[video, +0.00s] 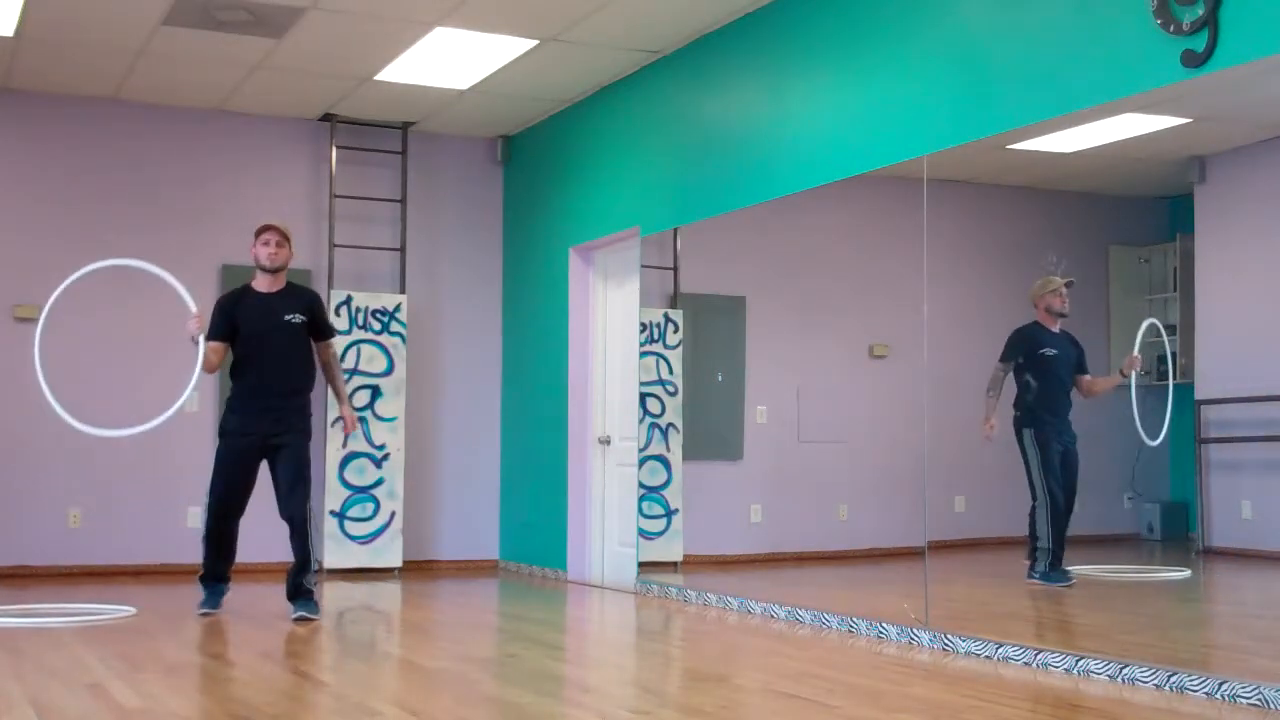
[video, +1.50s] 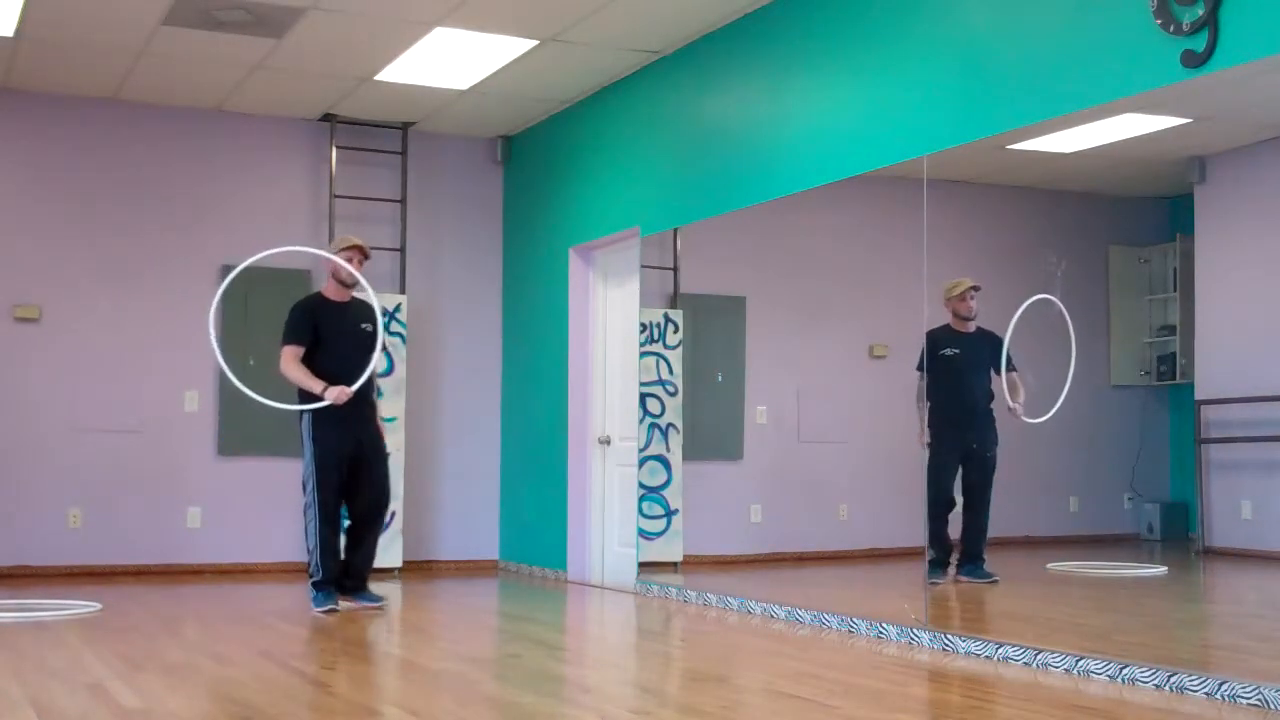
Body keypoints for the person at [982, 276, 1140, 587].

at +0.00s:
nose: (1065, 299)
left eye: (1066, 295)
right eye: (1058, 294)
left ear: (1064, 302)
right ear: (1040, 301)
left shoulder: (1071, 343)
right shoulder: (1024, 336)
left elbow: (1088, 388)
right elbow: (998, 375)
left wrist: (1122, 373)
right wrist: (990, 416)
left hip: (1062, 426)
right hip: (1033, 425)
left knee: (1066, 496)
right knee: (1048, 495)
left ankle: (1052, 564)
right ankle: (1041, 566)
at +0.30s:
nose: (1050, 304)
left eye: (1051, 300)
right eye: (1043, 300)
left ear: (1054, 306)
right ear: (1027, 304)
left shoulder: (1059, 345)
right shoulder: (1008, 339)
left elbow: (1082, 387)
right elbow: (988, 382)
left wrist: (1093, 375)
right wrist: (987, 422)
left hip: (1044, 426)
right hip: (1013, 426)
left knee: (1035, 494)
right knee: (1016, 492)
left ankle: (1032, 558)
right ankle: (1014, 561)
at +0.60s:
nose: (1032, 305)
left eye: (1034, 301)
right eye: (1026, 301)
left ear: (1036, 307)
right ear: (1011, 305)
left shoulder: (1044, 345)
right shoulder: (989, 339)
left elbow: (1060, 382)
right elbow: (971, 379)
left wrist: (1072, 397)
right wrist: (969, 416)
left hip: (1030, 430)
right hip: (994, 429)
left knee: (1027, 499)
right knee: (983, 497)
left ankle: (1028, 559)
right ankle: (966, 560)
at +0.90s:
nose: (993, 307)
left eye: (995, 303)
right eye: (985, 303)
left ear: (998, 307)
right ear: (971, 309)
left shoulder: (1012, 346)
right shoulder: (955, 345)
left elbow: (1029, 384)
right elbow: (941, 389)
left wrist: (1045, 409)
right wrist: (942, 426)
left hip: (1005, 431)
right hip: (968, 432)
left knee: (1015, 498)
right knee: (959, 502)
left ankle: (1027, 560)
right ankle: (945, 565)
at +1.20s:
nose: (971, 302)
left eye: (973, 297)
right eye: (964, 298)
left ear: (974, 301)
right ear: (948, 303)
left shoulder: (988, 339)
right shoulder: (932, 340)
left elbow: (1007, 379)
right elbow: (918, 386)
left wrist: (1024, 409)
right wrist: (916, 426)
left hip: (985, 430)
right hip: (948, 433)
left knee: (994, 500)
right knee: (946, 502)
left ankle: (994, 559)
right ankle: (944, 564)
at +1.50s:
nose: (970, 302)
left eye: (972, 297)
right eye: (962, 298)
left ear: (977, 301)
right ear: (949, 305)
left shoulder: (991, 341)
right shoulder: (935, 339)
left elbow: (1012, 375)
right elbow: (923, 385)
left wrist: (1016, 400)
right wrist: (923, 424)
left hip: (981, 432)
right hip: (944, 432)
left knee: (978, 502)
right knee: (939, 501)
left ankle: (971, 564)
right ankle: (938, 562)